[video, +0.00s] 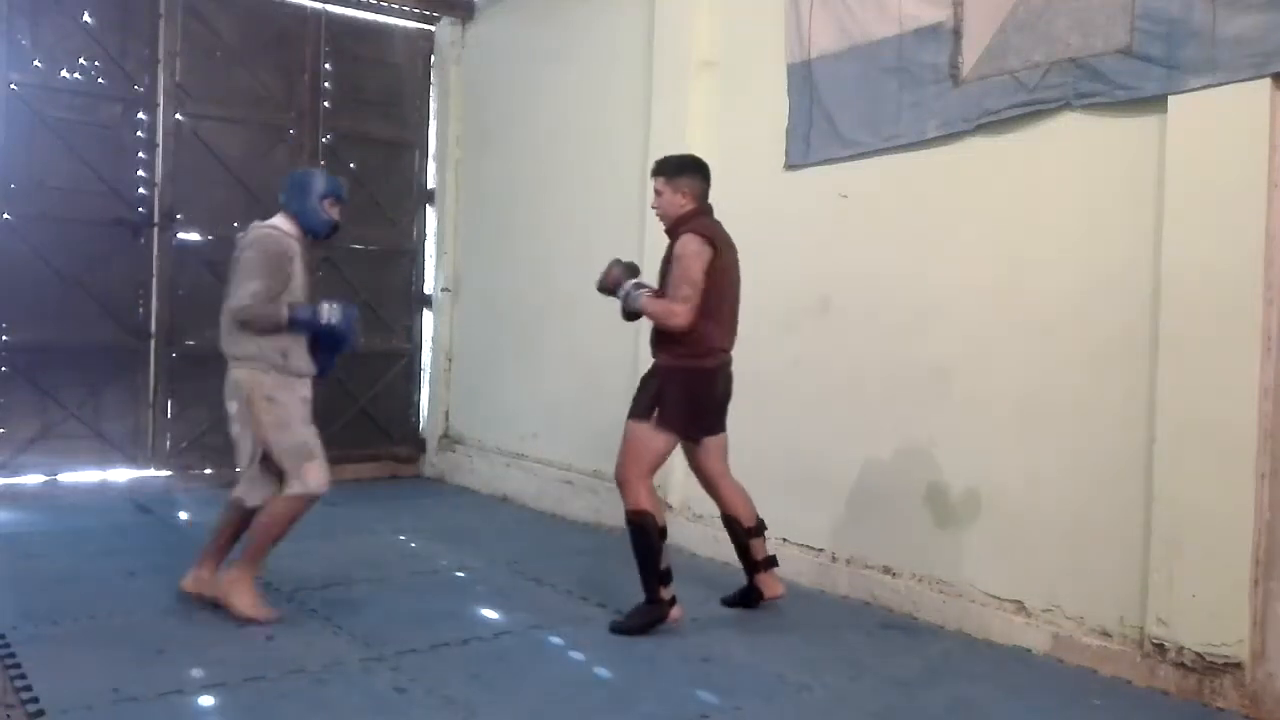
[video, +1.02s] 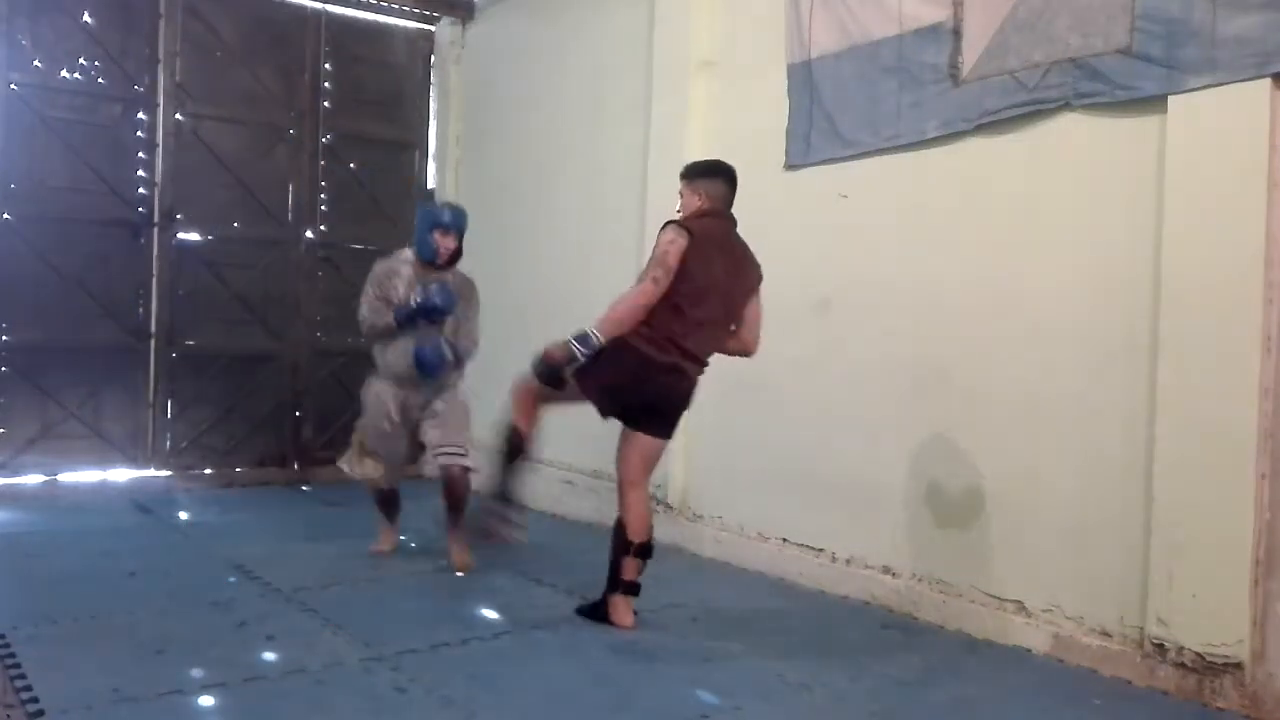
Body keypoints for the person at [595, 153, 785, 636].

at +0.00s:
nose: (654, 203)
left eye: (660, 193)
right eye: (655, 193)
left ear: (686, 195)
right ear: (693, 195)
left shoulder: (692, 240)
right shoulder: (714, 236)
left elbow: (678, 314)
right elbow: (690, 306)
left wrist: (631, 293)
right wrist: (642, 291)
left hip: (678, 377)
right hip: (709, 376)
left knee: (632, 476)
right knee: (716, 477)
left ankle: (660, 599)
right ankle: (765, 579)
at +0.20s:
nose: (635, 186)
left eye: (640, 177)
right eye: (636, 177)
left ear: (663, 178)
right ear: (678, 179)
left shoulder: (660, 220)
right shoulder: (709, 227)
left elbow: (644, 296)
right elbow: (716, 308)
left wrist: (608, 269)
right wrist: (644, 299)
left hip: (656, 362)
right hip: (693, 360)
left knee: (648, 478)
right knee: (669, 469)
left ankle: (658, 598)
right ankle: (709, 570)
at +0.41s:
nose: (635, 203)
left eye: (641, 195)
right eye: (636, 194)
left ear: (663, 196)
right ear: (678, 198)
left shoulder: (647, 243)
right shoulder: (709, 250)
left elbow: (577, 283)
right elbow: (718, 322)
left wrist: (545, 240)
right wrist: (668, 294)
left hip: (641, 381)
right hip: (676, 383)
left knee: (618, 488)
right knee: (622, 486)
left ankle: (668, 595)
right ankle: (619, 600)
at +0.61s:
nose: (658, 204)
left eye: (662, 196)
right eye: (659, 195)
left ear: (684, 195)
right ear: (702, 197)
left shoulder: (667, 234)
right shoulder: (730, 257)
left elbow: (604, 277)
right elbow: (710, 328)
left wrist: (522, 303)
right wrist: (651, 315)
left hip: (620, 354)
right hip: (664, 379)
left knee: (515, 358)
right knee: (624, 477)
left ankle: (491, 466)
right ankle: (621, 602)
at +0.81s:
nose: (666, 205)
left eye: (671, 197)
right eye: (668, 196)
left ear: (693, 202)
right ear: (708, 204)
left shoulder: (673, 239)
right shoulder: (734, 265)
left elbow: (641, 300)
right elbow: (713, 336)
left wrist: (597, 369)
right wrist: (660, 306)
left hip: (612, 344)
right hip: (652, 378)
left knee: (506, 332)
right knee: (615, 479)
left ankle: (404, 332)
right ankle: (618, 601)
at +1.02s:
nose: (679, 203)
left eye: (683, 195)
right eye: (681, 195)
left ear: (699, 197)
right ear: (726, 201)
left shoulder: (681, 233)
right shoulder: (748, 262)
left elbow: (649, 292)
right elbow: (745, 343)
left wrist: (581, 342)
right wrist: (689, 328)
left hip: (627, 363)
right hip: (674, 388)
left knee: (530, 390)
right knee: (635, 481)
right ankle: (621, 601)